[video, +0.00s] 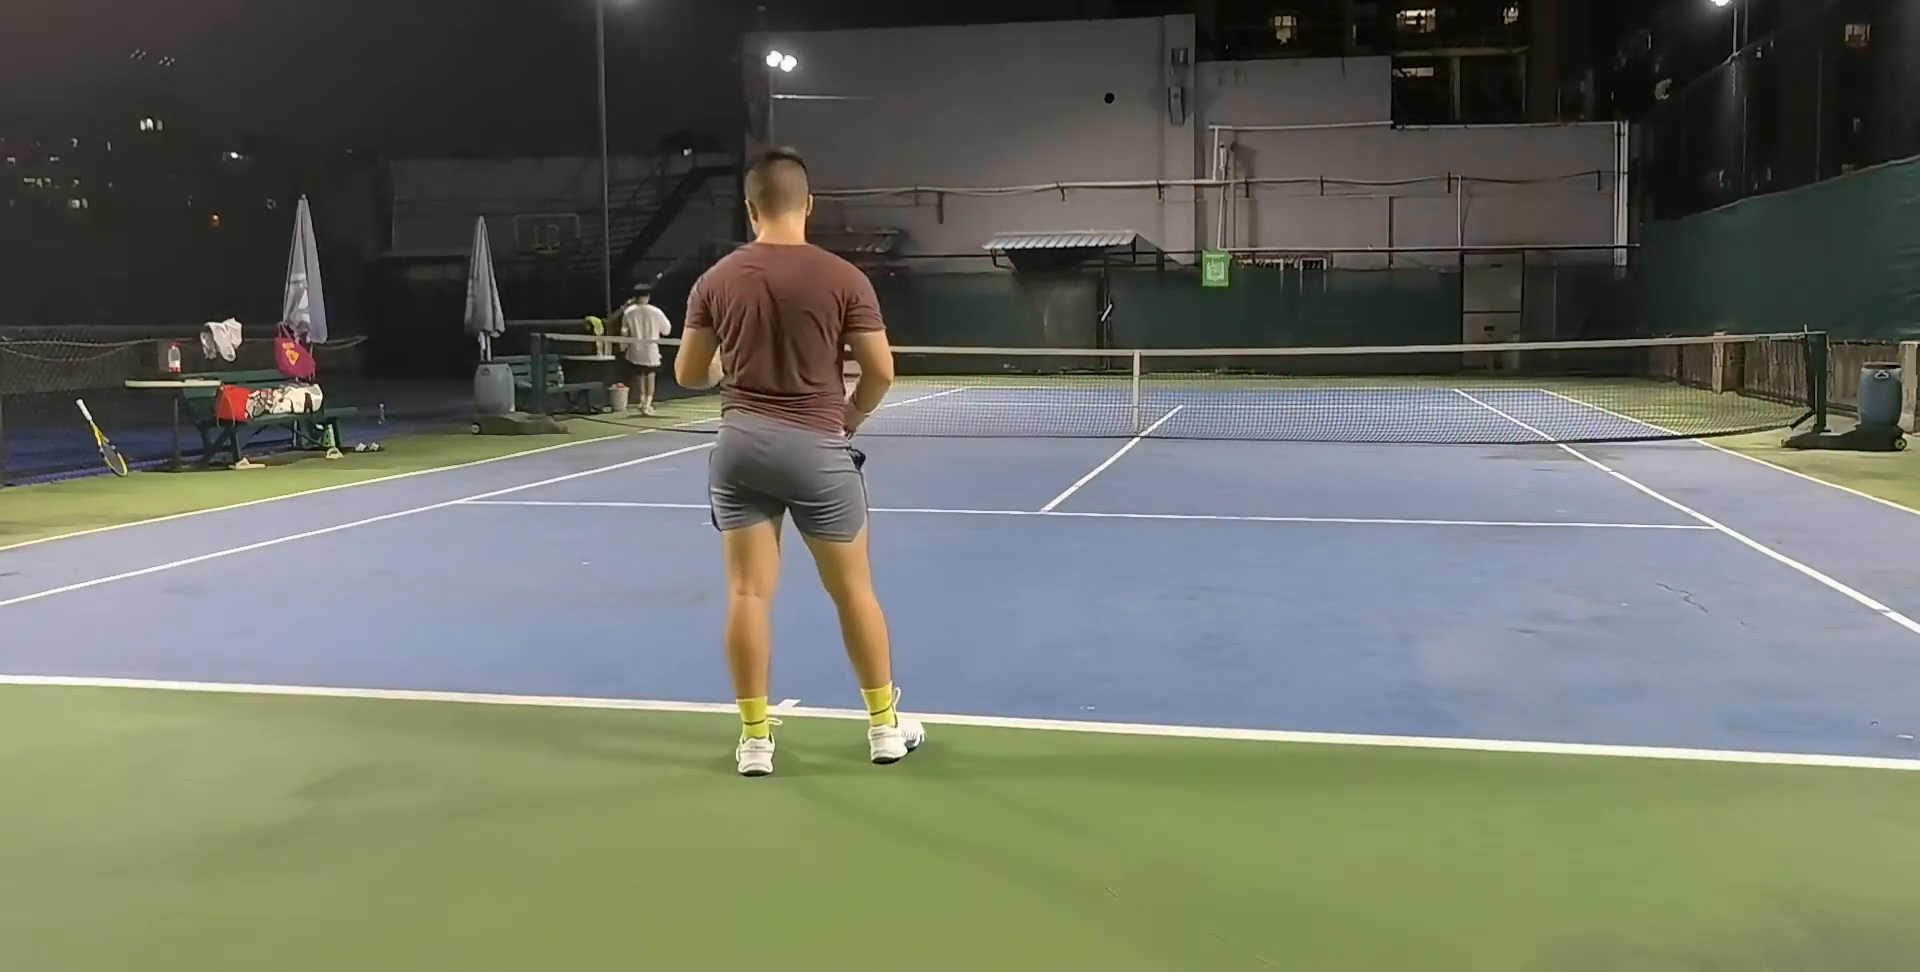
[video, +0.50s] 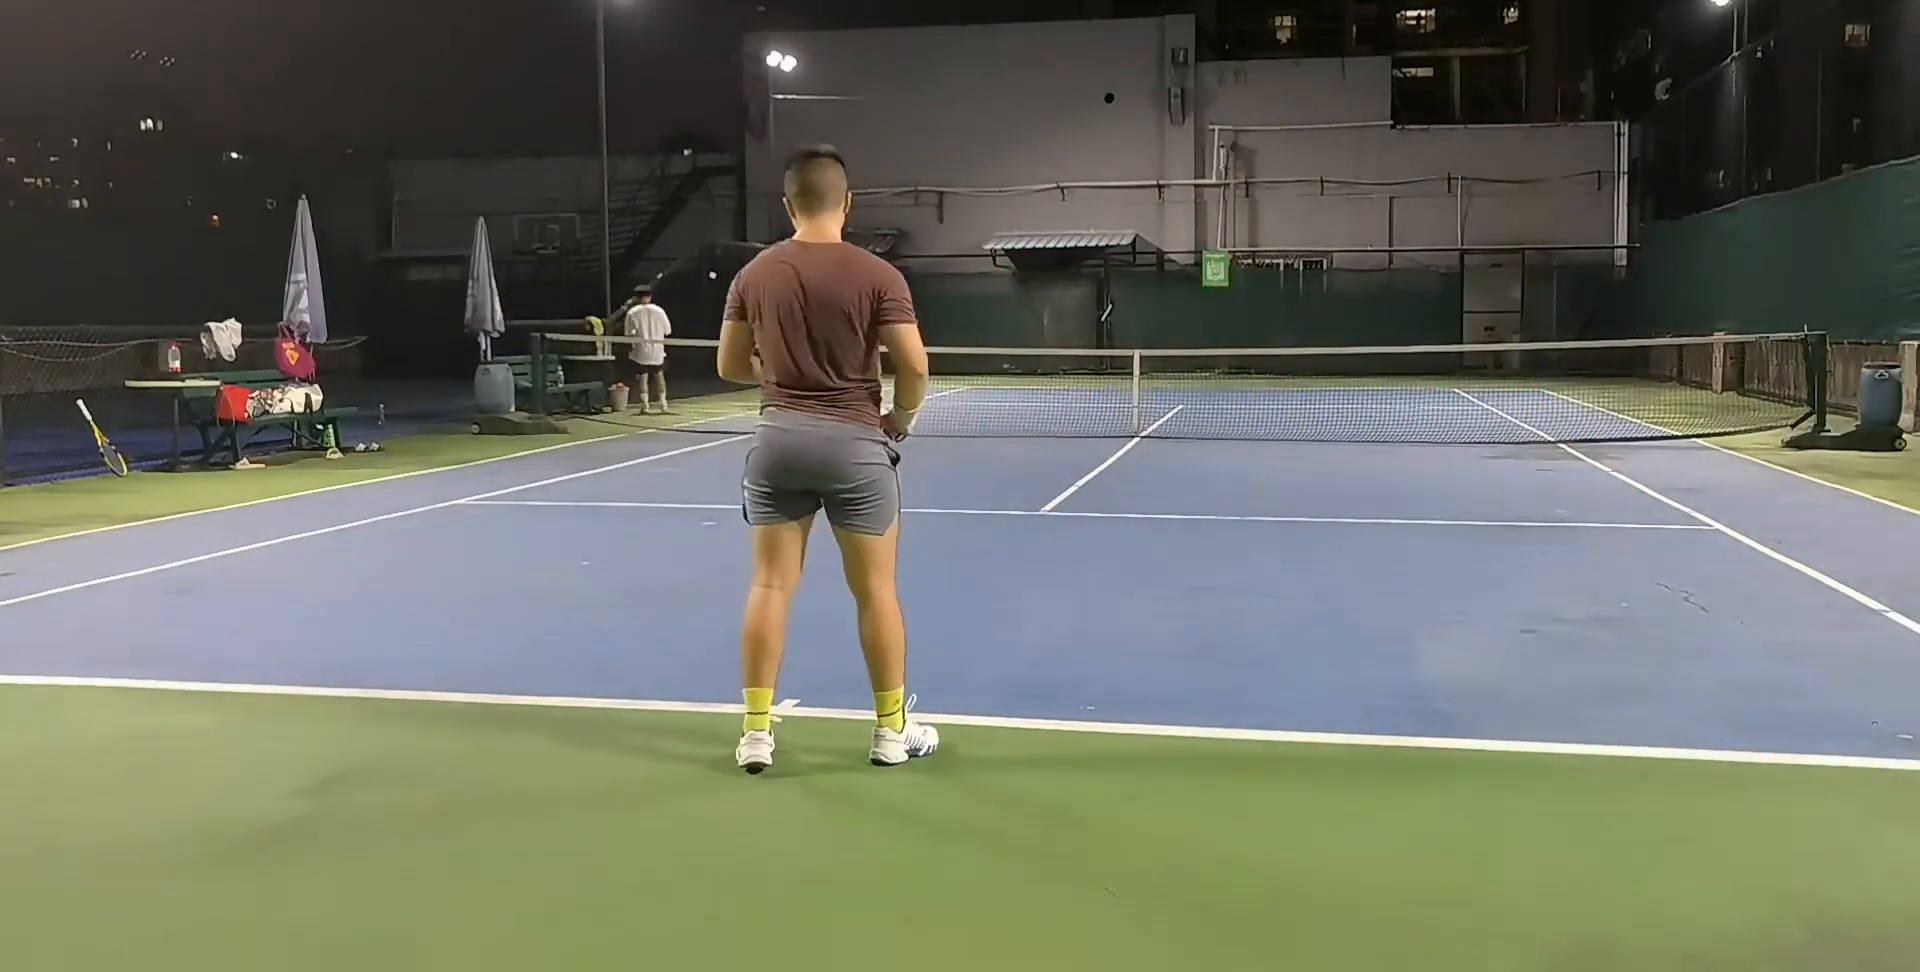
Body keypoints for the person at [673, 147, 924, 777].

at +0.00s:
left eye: (750, 204)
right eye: (808, 201)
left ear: (750, 207)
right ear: (809, 205)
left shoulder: (717, 281)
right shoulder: (844, 278)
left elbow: (688, 374)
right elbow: (880, 371)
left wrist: (732, 360)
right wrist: (849, 418)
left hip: (742, 442)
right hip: (821, 448)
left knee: (748, 592)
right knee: (854, 589)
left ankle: (755, 739)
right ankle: (884, 727)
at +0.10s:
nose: (804, 211)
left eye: (751, 204)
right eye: (810, 202)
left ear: (749, 208)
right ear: (809, 206)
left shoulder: (715, 281)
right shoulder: (842, 278)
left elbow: (693, 373)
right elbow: (880, 370)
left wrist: (743, 362)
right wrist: (856, 420)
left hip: (740, 442)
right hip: (819, 446)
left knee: (748, 590)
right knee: (854, 590)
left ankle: (755, 738)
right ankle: (885, 727)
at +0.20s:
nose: (810, 210)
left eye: (756, 204)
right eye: (815, 201)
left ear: (754, 207)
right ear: (813, 206)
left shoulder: (719, 280)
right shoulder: (843, 278)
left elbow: (697, 372)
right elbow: (884, 368)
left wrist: (751, 364)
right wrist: (865, 421)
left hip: (743, 441)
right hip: (821, 445)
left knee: (750, 590)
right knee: (856, 590)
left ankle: (755, 739)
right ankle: (887, 728)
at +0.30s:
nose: (818, 210)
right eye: (823, 201)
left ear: (762, 206)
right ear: (821, 205)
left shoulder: (728, 278)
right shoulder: (851, 277)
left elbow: (705, 370)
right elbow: (888, 368)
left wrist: (759, 364)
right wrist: (875, 423)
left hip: (751, 439)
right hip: (829, 444)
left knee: (754, 588)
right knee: (861, 591)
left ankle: (755, 738)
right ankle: (890, 729)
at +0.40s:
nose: (828, 208)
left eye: (778, 200)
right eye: (833, 200)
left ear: (773, 205)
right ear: (832, 204)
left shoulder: (741, 277)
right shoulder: (862, 277)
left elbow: (715, 368)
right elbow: (898, 366)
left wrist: (767, 356)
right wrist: (888, 422)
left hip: (762, 439)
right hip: (841, 444)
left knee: (761, 585)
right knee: (868, 591)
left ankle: (755, 736)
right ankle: (892, 729)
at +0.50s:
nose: (842, 208)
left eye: (800, 200)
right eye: (845, 199)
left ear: (788, 204)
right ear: (847, 203)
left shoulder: (755, 273)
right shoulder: (877, 274)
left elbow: (731, 366)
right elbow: (913, 363)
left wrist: (783, 367)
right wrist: (903, 416)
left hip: (779, 438)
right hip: (856, 442)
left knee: (769, 583)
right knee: (876, 591)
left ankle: (756, 731)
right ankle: (892, 729)